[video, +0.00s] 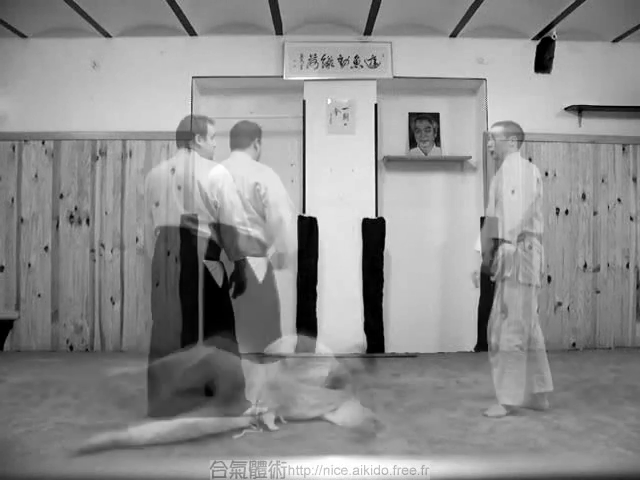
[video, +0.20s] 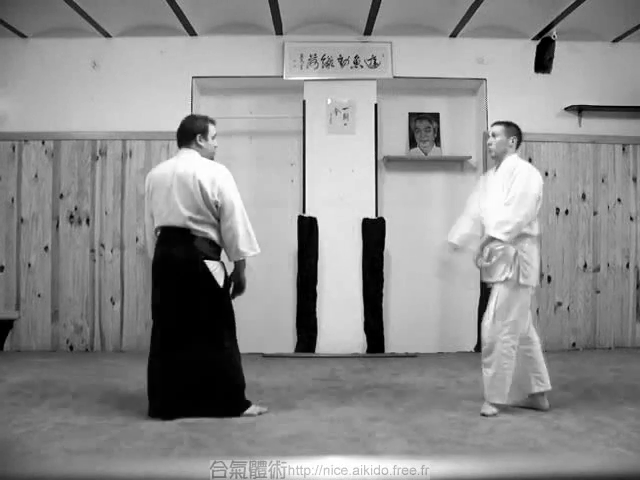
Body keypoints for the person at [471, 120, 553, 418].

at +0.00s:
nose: (490, 143)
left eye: (494, 138)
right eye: (491, 138)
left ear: (513, 141)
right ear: (512, 142)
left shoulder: (516, 168)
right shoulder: (514, 169)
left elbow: (518, 208)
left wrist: (508, 244)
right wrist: (489, 250)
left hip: (518, 251)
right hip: (521, 250)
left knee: (509, 325)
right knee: (526, 322)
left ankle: (508, 400)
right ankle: (538, 394)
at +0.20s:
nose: (489, 141)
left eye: (494, 136)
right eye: (488, 137)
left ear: (512, 141)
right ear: (491, 143)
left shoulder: (526, 173)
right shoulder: (490, 177)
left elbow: (519, 214)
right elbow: (474, 213)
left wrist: (491, 243)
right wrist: (458, 240)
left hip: (518, 259)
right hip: (496, 258)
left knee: (497, 327)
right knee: (520, 326)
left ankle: (493, 399)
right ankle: (538, 392)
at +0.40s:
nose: (492, 140)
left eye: (498, 135)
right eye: (489, 136)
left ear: (513, 143)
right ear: (486, 142)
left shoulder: (520, 176)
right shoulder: (476, 175)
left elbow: (509, 213)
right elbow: (448, 198)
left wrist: (475, 231)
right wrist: (421, 219)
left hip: (505, 254)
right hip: (478, 254)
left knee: (497, 329)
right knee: (500, 326)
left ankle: (493, 399)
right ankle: (533, 385)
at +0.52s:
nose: (487, 139)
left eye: (494, 135)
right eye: (484, 134)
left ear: (507, 142)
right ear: (480, 140)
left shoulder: (514, 175)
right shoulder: (465, 173)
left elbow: (508, 214)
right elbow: (432, 187)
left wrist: (469, 222)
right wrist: (396, 182)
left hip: (494, 256)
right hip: (462, 254)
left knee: (488, 331)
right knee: (471, 329)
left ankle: (489, 400)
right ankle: (519, 378)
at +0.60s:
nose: (471, 139)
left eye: (478, 134)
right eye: (469, 134)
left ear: (492, 140)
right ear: (466, 140)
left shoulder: (498, 172)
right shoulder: (453, 170)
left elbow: (485, 210)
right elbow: (421, 159)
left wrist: (448, 204)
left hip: (478, 256)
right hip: (447, 255)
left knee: (483, 328)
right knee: (434, 324)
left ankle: (491, 400)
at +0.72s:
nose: (454, 140)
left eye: (461, 135)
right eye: (451, 135)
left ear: (476, 142)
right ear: (445, 141)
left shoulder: (483, 173)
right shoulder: (436, 167)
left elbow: (453, 195)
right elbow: (412, 152)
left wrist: (421, 194)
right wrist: (413, 129)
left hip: (462, 259)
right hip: (431, 258)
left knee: (477, 333)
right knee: (402, 326)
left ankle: (493, 397)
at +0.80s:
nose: (436, 143)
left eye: (443, 138)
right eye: (435, 138)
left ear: (458, 145)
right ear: (432, 144)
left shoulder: (466, 177)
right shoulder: (422, 171)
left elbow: (423, 189)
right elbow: (386, 153)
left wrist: (400, 163)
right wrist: (419, 139)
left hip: (454, 259)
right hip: (419, 257)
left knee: (463, 330)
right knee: (380, 322)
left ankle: (491, 397)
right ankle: (373, 390)